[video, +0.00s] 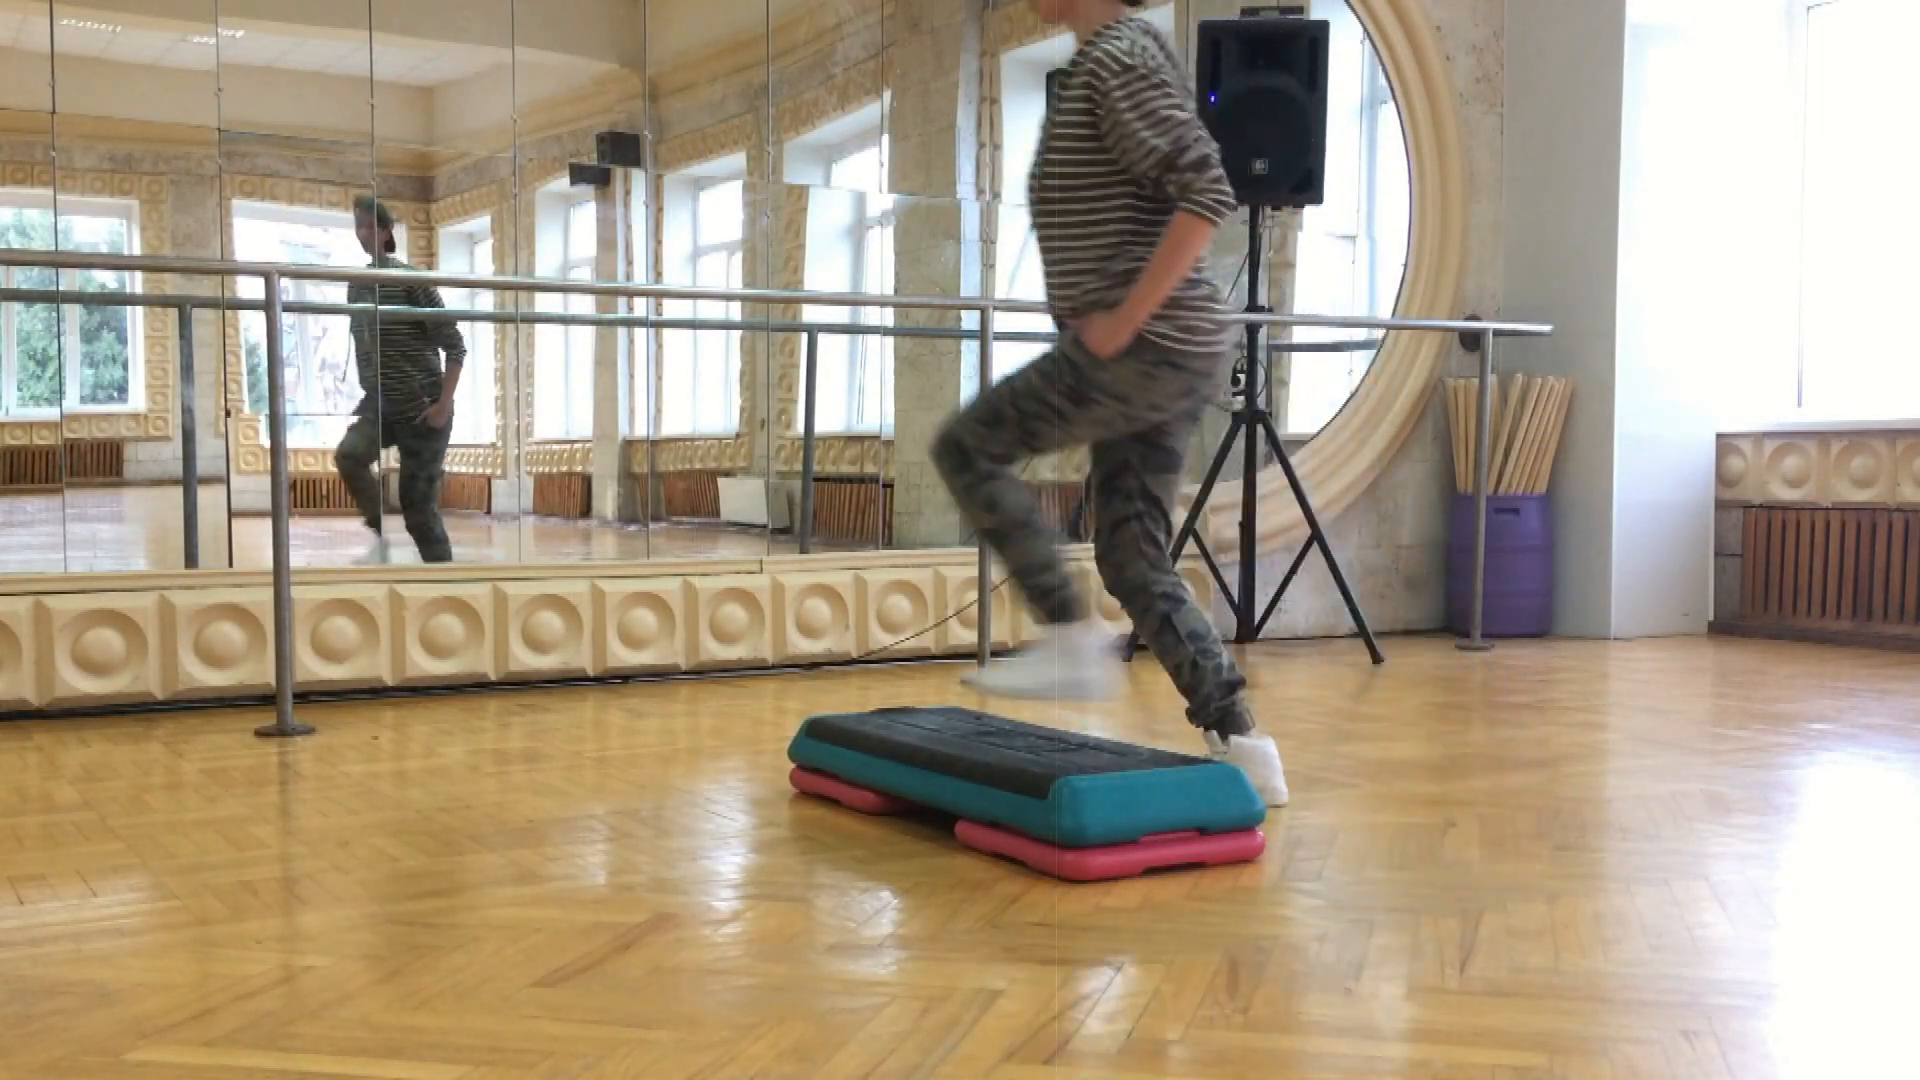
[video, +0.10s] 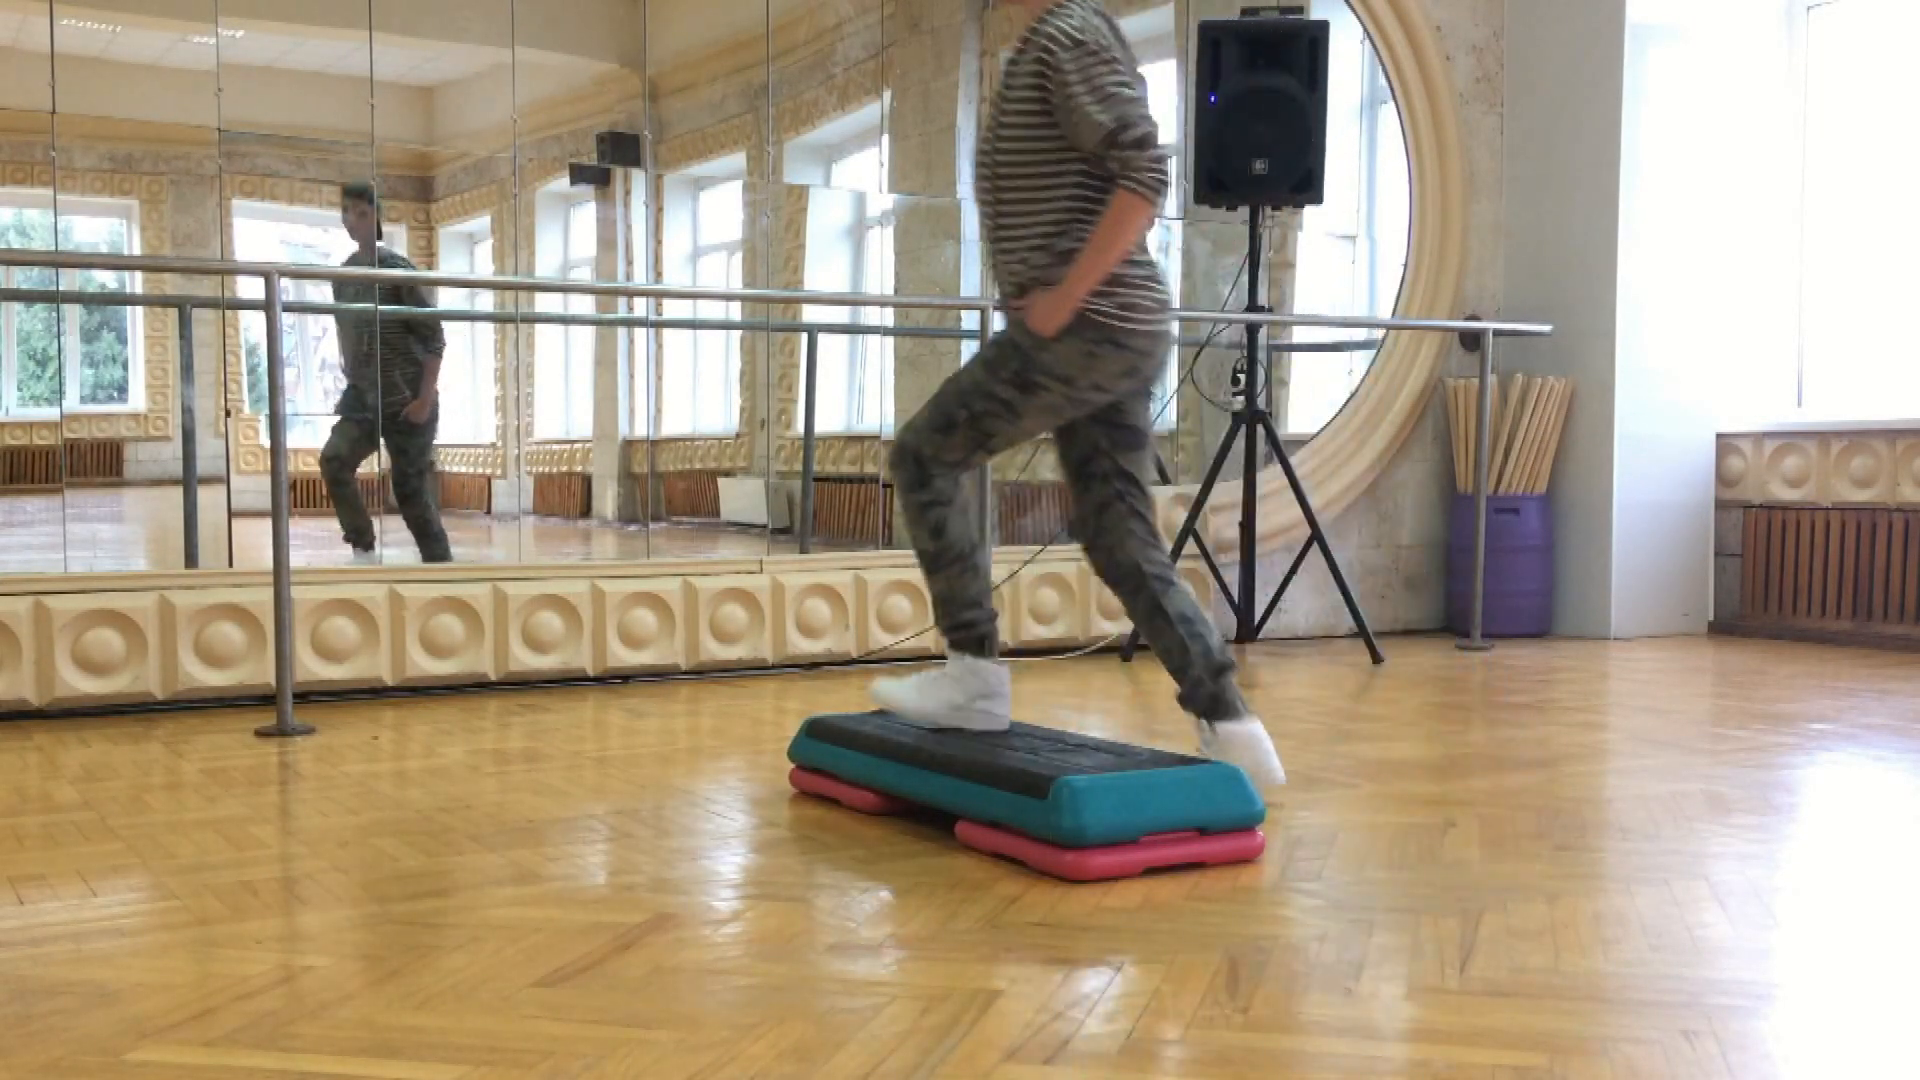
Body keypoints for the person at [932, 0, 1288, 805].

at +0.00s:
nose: (1037, 2)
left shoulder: (1122, 57)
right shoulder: (1098, 62)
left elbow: (1208, 196)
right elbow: (1160, 201)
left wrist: (1125, 316)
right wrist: (1101, 305)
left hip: (1154, 340)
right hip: (1158, 343)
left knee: (966, 446)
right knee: (1131, 553)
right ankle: (1242, 742)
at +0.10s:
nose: (987, 3)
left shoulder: (1069, 32)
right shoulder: (1041, 43)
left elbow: (1142, 178)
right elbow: (1106, 182)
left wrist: (1065, 294)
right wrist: (1039, 286)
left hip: (1096, 322)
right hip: (1109, 325)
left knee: (928, 452)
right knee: (1117, 532)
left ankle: (973, 672)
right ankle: (1232, 727)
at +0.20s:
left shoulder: (1008, 15)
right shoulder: (1020, 22)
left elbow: (1067, 167)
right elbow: (1054, 170)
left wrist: (997, 290)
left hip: (1038, 304)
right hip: (1064, 307)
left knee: (899, 467)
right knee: (998, 519)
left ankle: (967, 680)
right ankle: (1156, 658)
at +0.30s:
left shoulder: (947, 17)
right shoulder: (981, 22)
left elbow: (1003, 158)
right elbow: (1034, 185)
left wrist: (943, 288)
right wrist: (938, 277)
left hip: (991, 298)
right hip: (1016, 297)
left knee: (861, 476)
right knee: (869, 464)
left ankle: (962, 678)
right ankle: (1015, 581)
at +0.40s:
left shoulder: (894, 26)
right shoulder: (953, 41)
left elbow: (934, 164)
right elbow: (1011, 198)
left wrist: (886, 298)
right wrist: (930, 263)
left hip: (931, 308)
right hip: (954, 305)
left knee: (826, 504)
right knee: (770, 420)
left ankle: (964, 677)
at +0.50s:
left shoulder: (837, 35)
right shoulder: (909, 47)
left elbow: (866, 178)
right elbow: (965, 207)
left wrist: (819, 314)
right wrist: (897, 283)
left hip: (867, 322)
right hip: (908, 320)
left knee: (792, 520)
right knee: (737, 464)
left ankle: (955, 671)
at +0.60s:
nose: (760, 9)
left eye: (763, 2)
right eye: (766, 4)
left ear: (777, 2)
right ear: (835, 7)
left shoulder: (784, 63)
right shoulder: (865, 84)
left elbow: (799, 200)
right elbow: (906, 242)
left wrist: (743, 329)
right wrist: (832, 309)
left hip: (796, 345)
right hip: (847, 348)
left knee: (706, 536)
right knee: (718, 532)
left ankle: (906, 633)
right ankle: (701, 736)